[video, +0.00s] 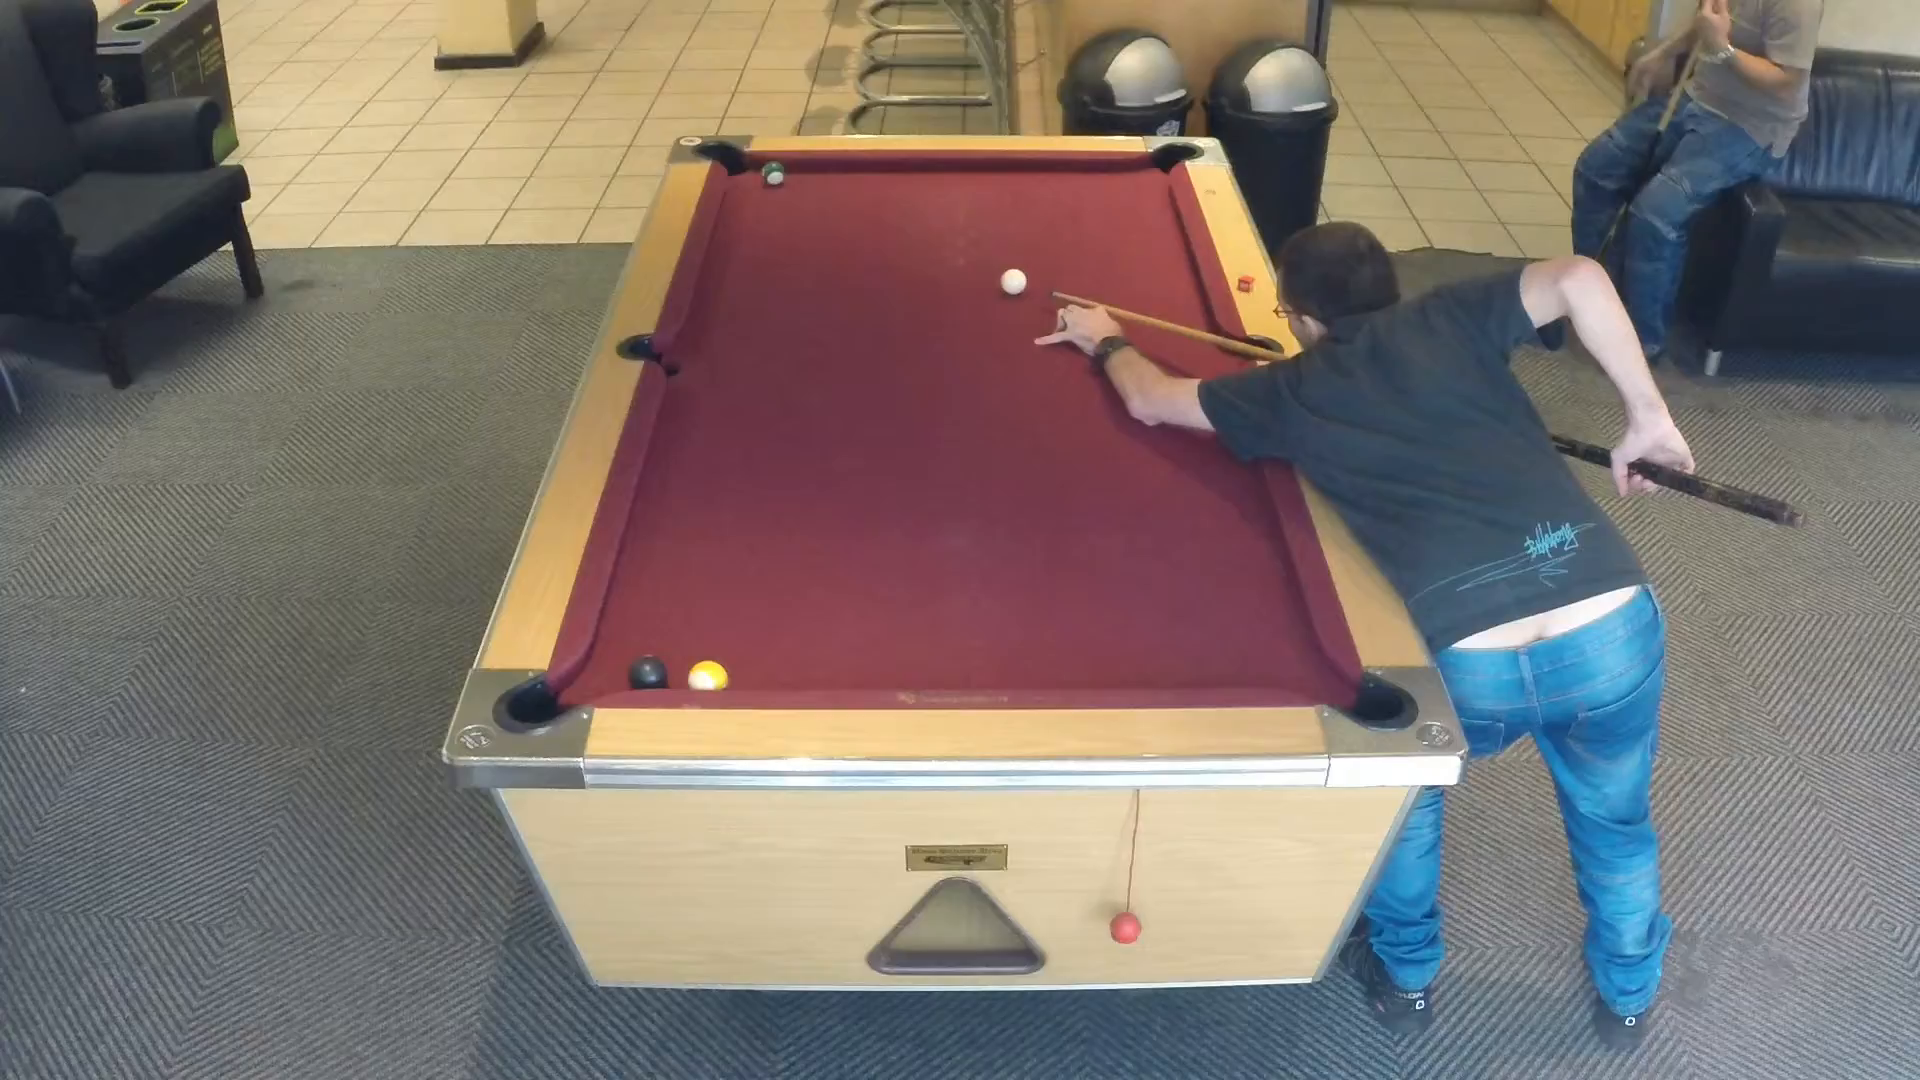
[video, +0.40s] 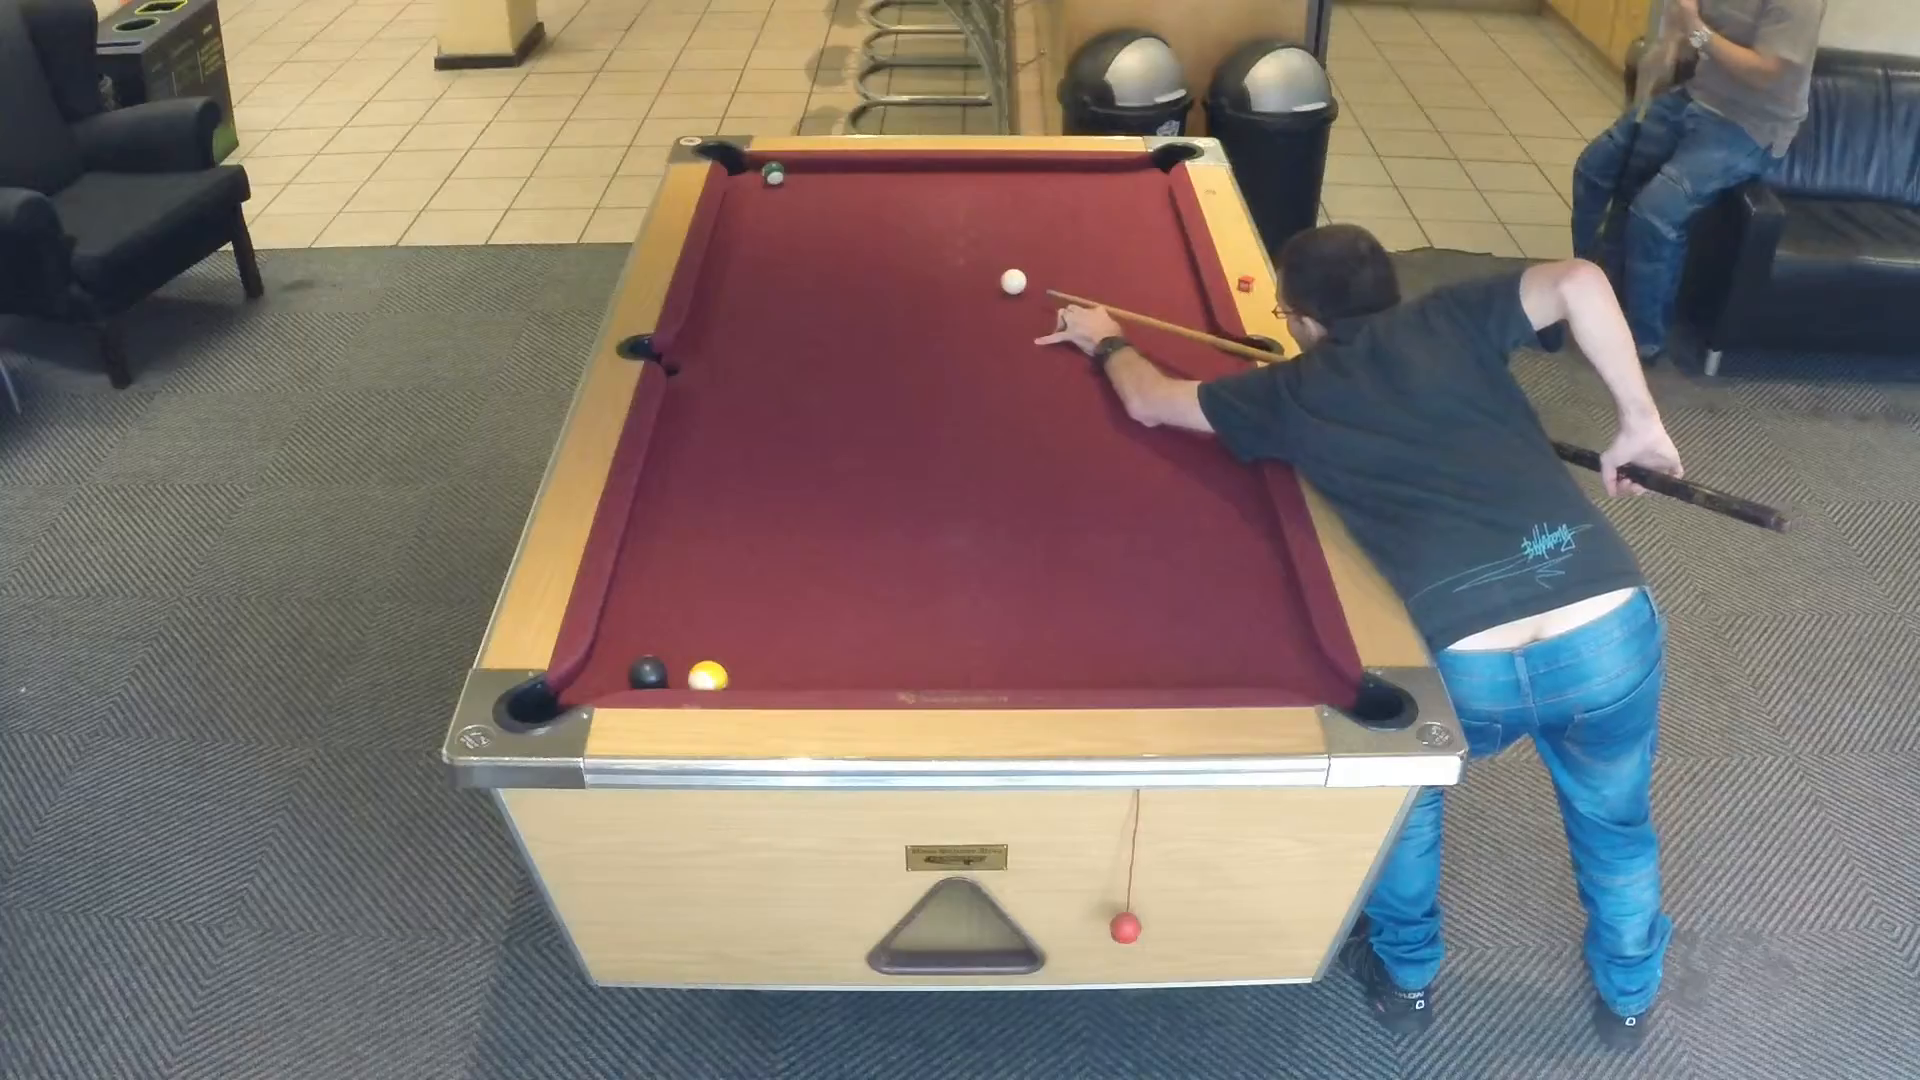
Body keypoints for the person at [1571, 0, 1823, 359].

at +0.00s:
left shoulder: (1796, 7)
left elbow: (1786, 82)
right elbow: (1711, 24)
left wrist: (1723, 50)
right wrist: (1664, 53)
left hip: (1746, 128)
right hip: (1693, 100)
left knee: (1654, 212)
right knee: (1596, 171)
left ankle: (1643, 344)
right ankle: (1589, 303)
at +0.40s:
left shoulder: (1798, 6)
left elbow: (1768, 72)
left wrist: (1698, 30)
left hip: (1747, 127)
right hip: (1694, 100)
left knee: (1654, 211)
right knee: (1593, 171)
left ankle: (1643, 343)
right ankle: (1585, 296)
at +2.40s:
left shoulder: (1794, 6)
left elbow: (1767, 74)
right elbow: (1688, 37)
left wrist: (1701, 29)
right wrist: (1672, 99)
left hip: (1749, 127)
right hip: (1692, 105)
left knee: (1655, 209)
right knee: (1594, 169)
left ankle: (1644, 345)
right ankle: (1590, 301)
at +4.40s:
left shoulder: (1792, 6)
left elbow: (1770, 76)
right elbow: (1686, 42)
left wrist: (1704, 29)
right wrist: (1665, 106)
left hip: (1746, 128)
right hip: (1689, 104)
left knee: (1653, 211)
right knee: (1595, 168)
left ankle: (1643, 342)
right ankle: (1592, 300)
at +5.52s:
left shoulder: (1741, 6)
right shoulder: (1666, 5)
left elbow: (1734, 77)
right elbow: (1657, 51)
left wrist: (1667, 34)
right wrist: (1647, 112)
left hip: (1742, 122)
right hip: (1682, 107)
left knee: (1649, 212)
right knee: (1590, 171)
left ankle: (1636, 343)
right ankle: (1592, 309)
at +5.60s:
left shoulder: (1728, 6)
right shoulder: (1650, 5)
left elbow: (1725, 79)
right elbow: (1648, 45)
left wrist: (1652, 49)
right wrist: (1640, 109)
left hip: (1738, 114)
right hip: (1678, 101)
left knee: (1646, 213)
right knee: (1591, 172)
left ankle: (1634, 343)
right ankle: (1593, 307)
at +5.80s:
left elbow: (1694, 67)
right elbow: (1620, 11)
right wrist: (1607, 89)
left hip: (1718, 93)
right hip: (1659, 79)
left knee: (1639, 221)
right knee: (1593, 176)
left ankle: (1634, 344)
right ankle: (1594, 304)